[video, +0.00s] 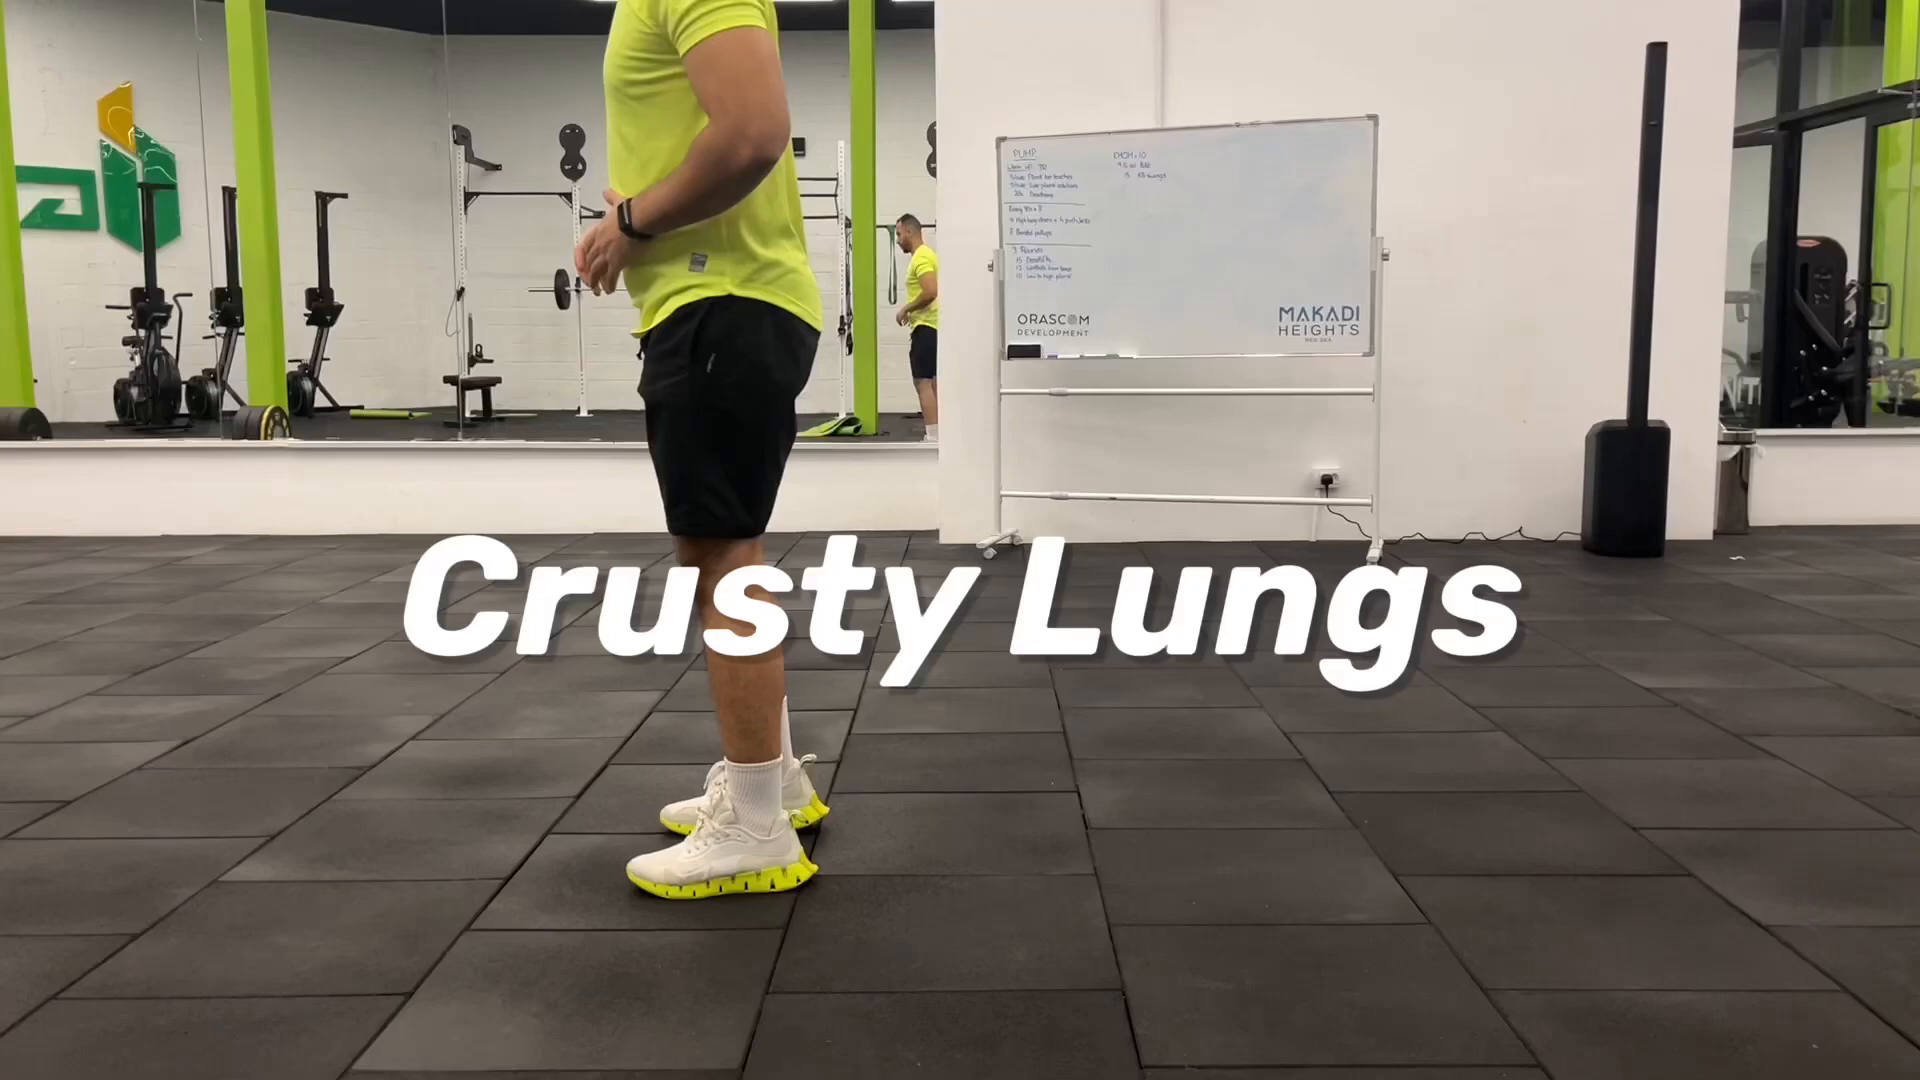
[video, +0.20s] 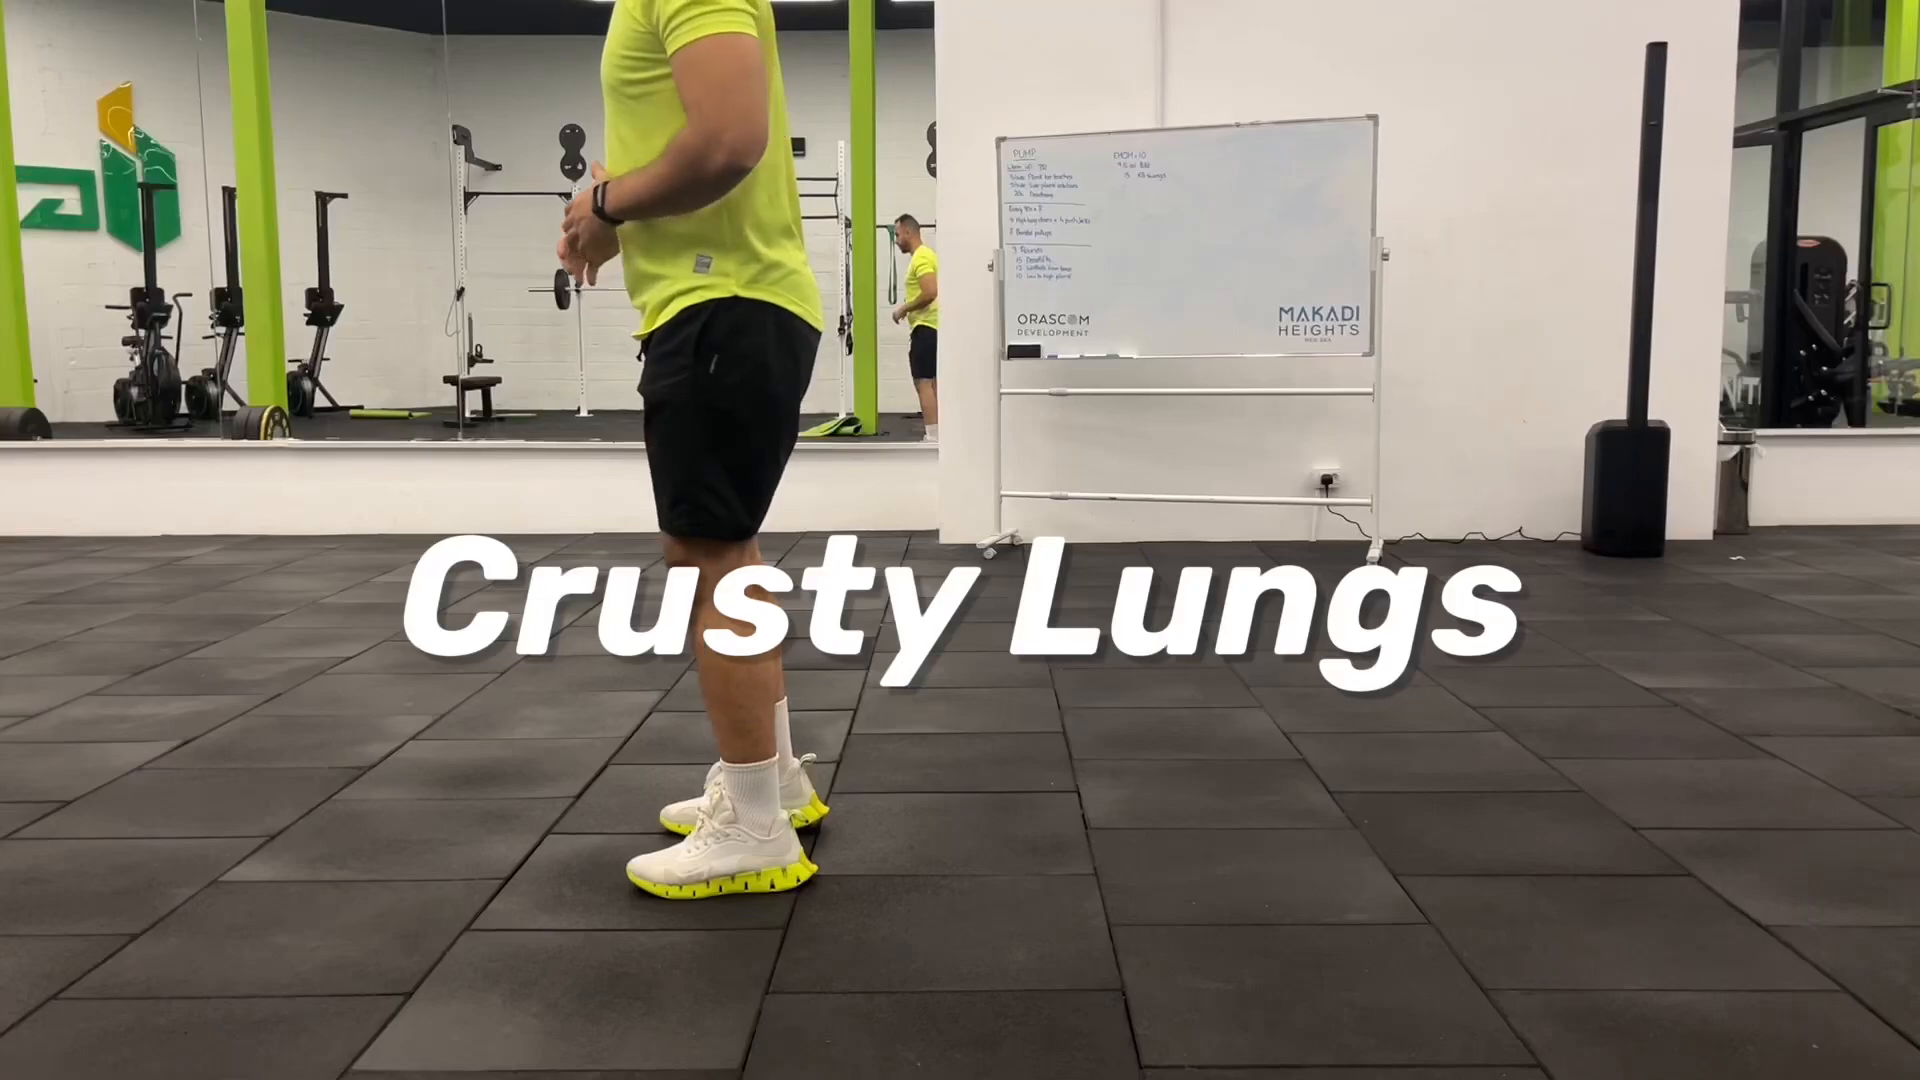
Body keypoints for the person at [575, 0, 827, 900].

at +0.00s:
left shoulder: (697, 1)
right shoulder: (671, 10)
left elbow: (752, 131)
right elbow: (733, 139)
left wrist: (631, 221)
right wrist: (627, 224)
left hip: (725, 301)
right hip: (715, 299)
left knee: (720, 553)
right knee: (724, 548)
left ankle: (755, 824)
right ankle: (770, 772)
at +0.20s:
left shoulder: (691, 2)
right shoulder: (667, 10)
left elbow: (729, 136)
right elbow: (704, 145)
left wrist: (608, 201)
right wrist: (607, 211)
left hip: (725, 304)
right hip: (722, 301)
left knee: (710, 558)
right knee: (721, 550)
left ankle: (753, 824)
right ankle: (774, 773)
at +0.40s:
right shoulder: (708, 13)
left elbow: (707, 138)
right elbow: (730, 158)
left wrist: (591, 222)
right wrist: (624, 247)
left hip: (731, 304)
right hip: (766, 298)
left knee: (713, 559)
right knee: (742, 546)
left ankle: (752, 825)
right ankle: (778, 776)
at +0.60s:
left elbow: (691, 140)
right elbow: (714, 153)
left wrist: (594, 243)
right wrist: (606, 248)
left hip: (744, 303)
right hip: (801, 295)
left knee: (722, 565)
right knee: (783, 549)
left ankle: (750, 828)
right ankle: (879, 758)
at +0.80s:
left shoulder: (621, 7)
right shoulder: (671, 15)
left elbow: (685, 167)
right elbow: (717, 170)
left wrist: (587, 254)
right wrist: (595, 245)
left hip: (761, 309)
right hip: (829, 301)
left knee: (716, 568)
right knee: (851, 546)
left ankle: (751, 826)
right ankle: (1041, 726)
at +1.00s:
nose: (453, 16)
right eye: (450, 5)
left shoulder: (622, 46)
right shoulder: (620, 70)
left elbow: (687, 229)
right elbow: (695, 264)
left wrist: (598, 269)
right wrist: (585, 312)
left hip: (785, 336)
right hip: (862, 326)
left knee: (691, 585)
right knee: (930, 563)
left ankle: (749, 827)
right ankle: (1153, 715)